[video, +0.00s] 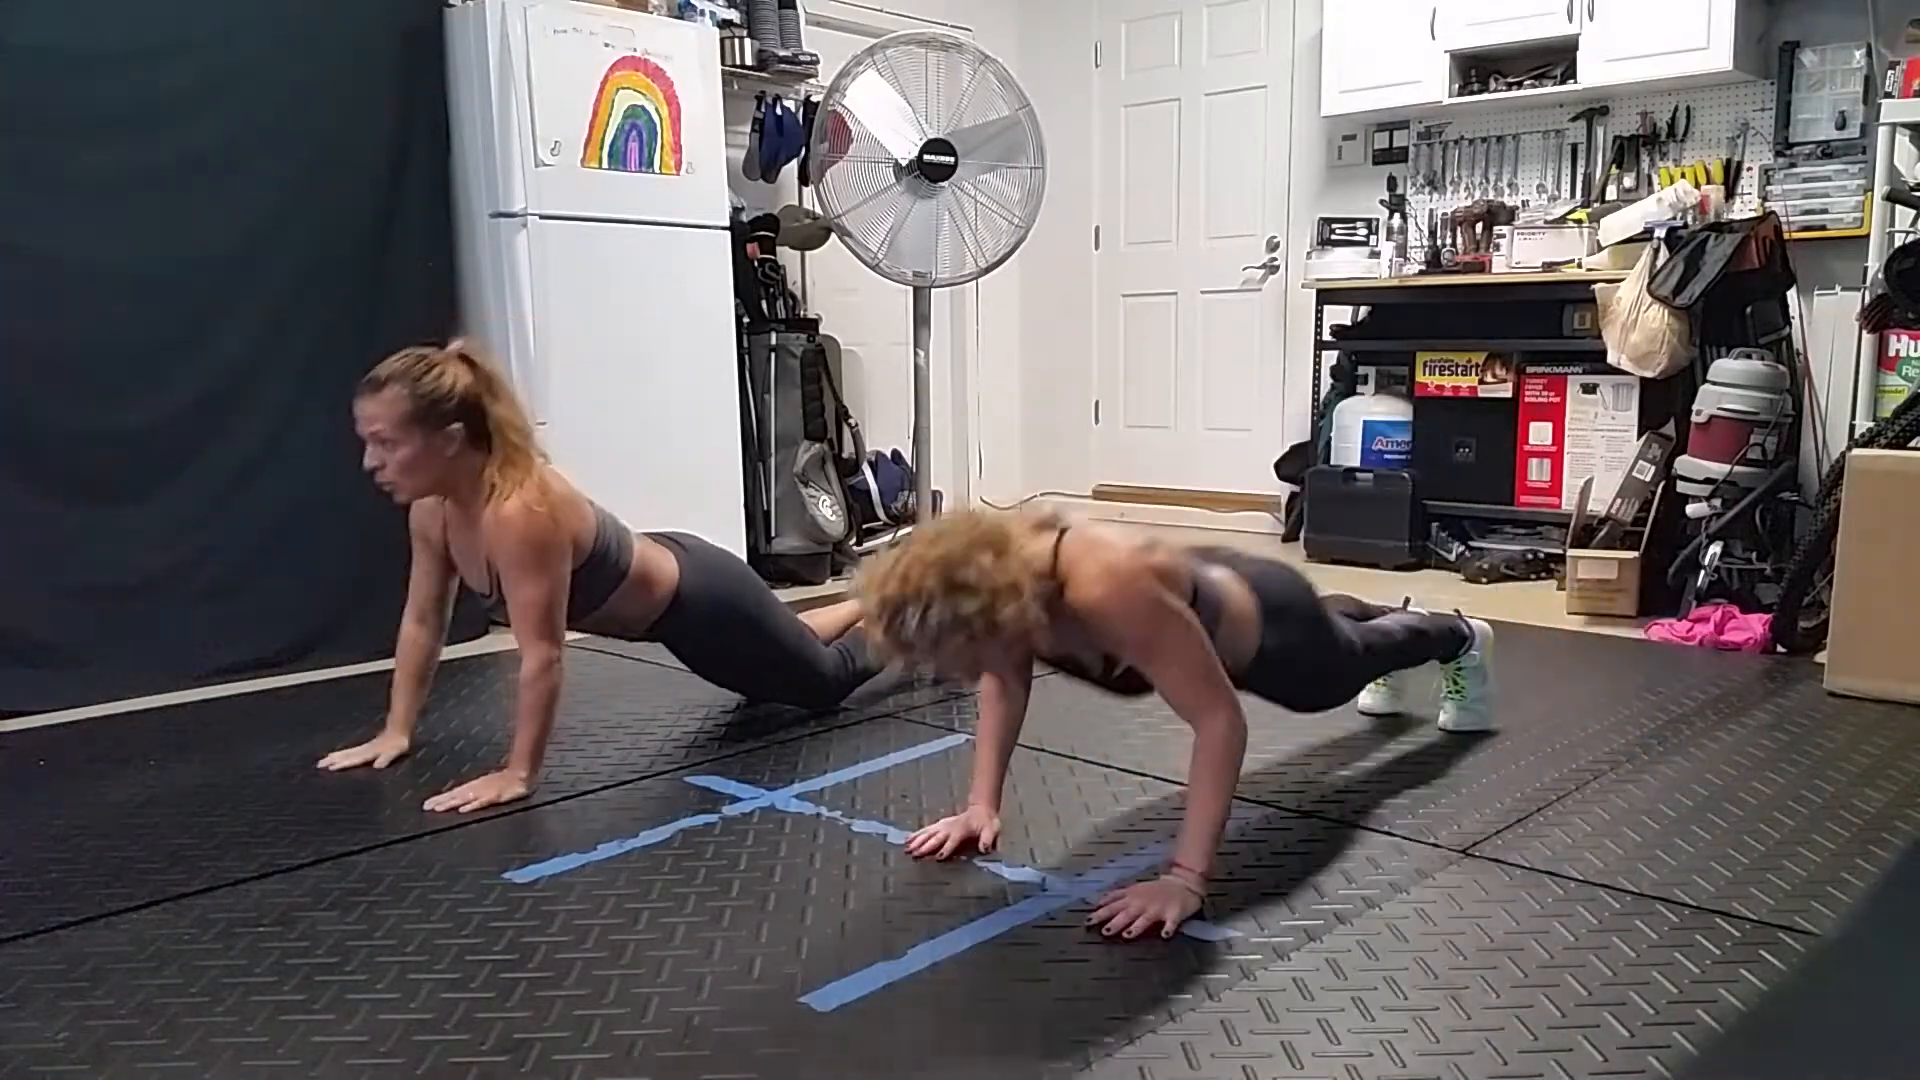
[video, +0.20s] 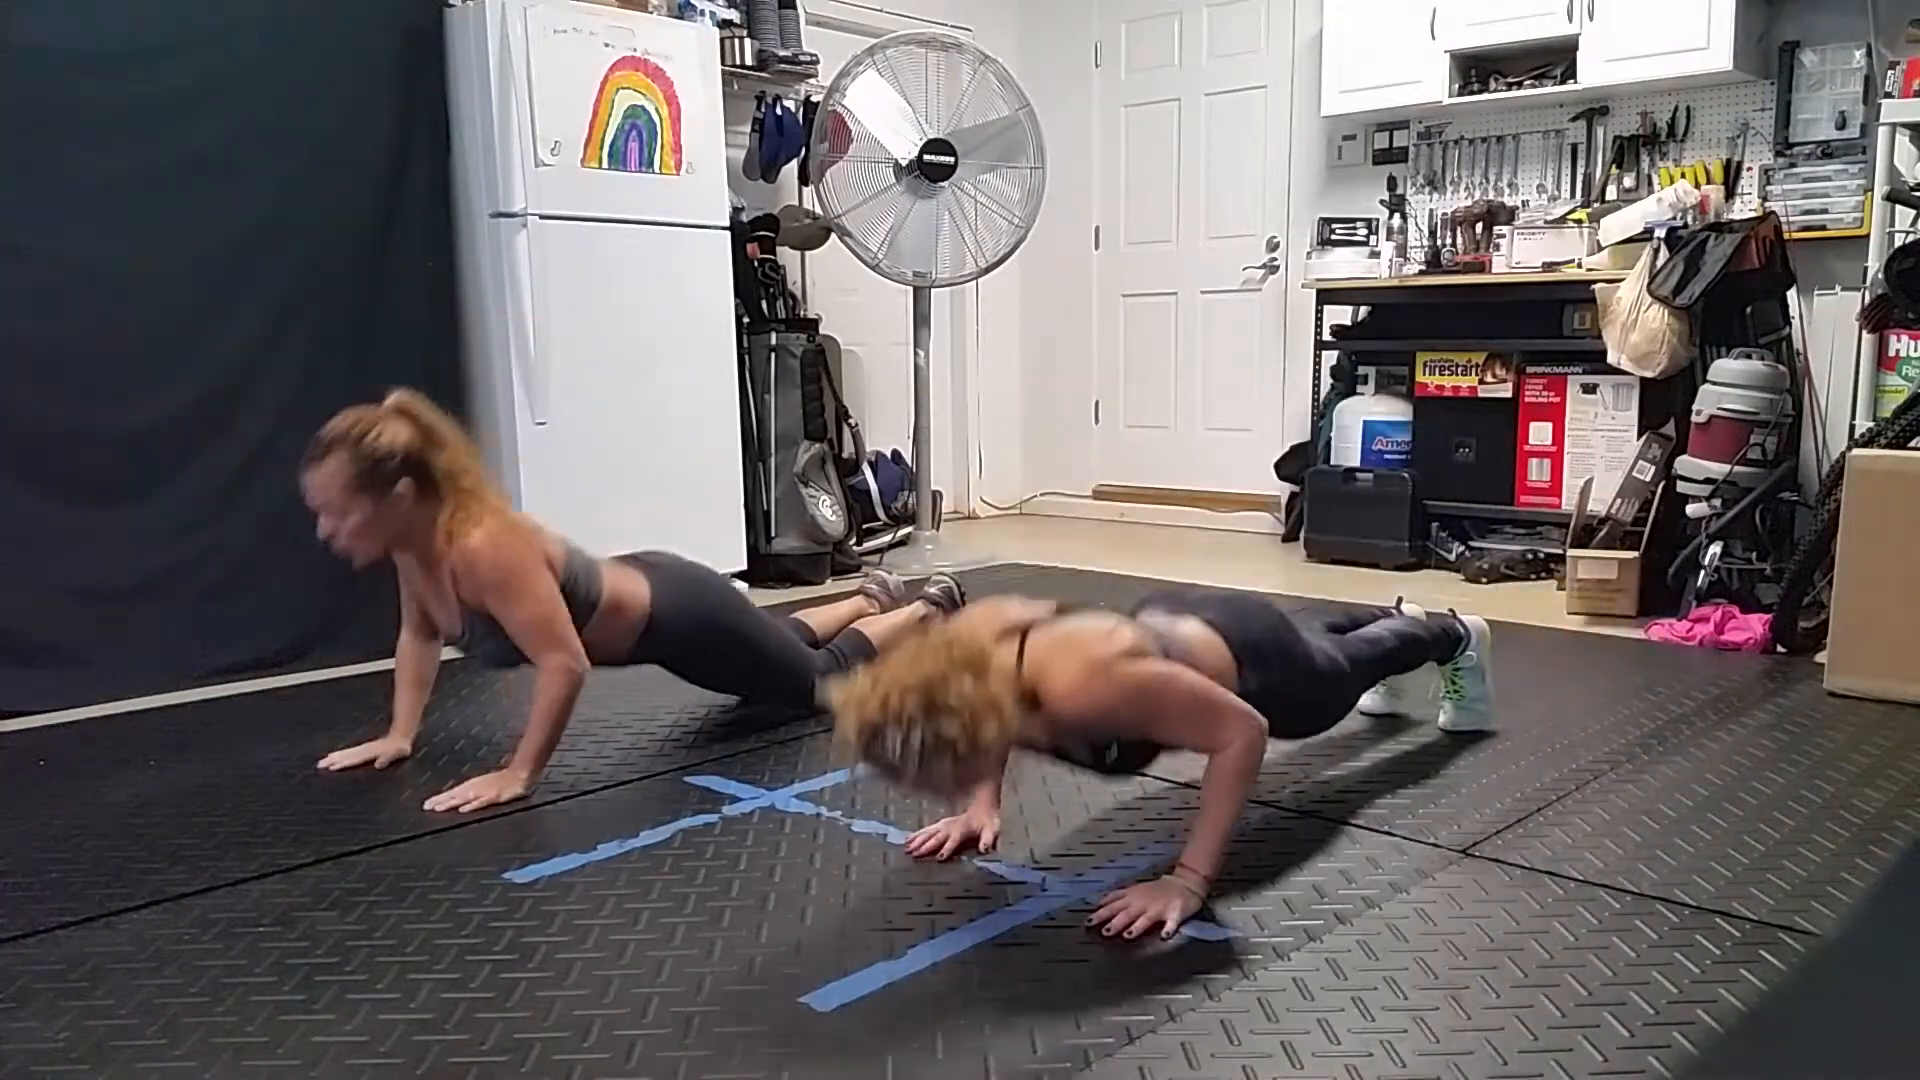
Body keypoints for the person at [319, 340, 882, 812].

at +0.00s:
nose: (369, 463)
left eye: (383, 445)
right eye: (365, 445)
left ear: (453, 438)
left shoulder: (522, 513)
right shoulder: (433, 504)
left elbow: (542, 655)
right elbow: (422, 618)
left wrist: (518, 772)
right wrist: (397, 732)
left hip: (702, 603)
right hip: (666, 581)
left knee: (832, 676)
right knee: (780, 641)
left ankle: (937, 607)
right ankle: (884, 591)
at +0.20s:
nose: (323, 532)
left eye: (333, 515)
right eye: (318, 517)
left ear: (400, 496)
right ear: (386, 503)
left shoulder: (487, 550)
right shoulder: (413, 546)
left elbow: (566, 662)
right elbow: (418, 638)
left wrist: (518, 774)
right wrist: (400, 733)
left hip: (680, 615)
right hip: (643, 591)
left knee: (817, 683)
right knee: (772, 638)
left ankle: (915, 613)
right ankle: (865, 598)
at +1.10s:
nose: (334, 548)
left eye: (326, 534)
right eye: (320, 541)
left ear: (344, 495)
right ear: (338, 500)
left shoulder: (478, 502)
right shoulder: (396, 512)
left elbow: (524, 649)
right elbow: (404, 624)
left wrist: (516, 772)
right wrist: (397, 736)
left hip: (672, 563)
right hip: (637, 572)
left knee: (784, 687)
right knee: (754, 670)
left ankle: (896, 650)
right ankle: (864, 632)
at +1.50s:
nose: (337, 483)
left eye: (340, 463)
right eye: (323, 471)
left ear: (379, 425)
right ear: (321, 454)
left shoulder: (481, 457)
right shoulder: (388, 486)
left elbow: (425, 588)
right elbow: (400, 591)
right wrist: (396, 723)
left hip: (669, 554)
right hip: (629, 580)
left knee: (778, 686)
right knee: (742, 669)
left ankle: (896, 657)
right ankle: (844, 638)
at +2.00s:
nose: (334, 491)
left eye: (332, 471)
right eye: (317, 484)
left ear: (365, 425)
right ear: (318, 472)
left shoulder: (469, 449)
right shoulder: (386, 496)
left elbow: (483, 568)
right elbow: (396, 609)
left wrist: (412, 658)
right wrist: (398, 735)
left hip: (659, 560)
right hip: (619, 592)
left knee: (782, 678)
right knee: (743, 670)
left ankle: (898, 656)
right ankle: (849, 640)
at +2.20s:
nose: (322, 547)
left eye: (317, 531)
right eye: (308, 538)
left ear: (343, 489)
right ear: (322, 505)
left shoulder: (463, 500)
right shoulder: (382, 510)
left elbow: (514, 641)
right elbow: (402, 619)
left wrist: (505, 772)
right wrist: (398, 734)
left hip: (657, 573)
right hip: (620, 587)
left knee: (782, 684)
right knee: (751, 666)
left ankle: (899, 654)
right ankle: (869, 637)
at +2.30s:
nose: (316, 588)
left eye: (309, 572)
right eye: (301, 581)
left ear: (327, 535)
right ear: (317, 535)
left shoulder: (453, 519)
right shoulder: (379, 532)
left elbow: (522, 648)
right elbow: (405, 633)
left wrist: (506, 776)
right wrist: (400, 737)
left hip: (653, 589)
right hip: (620, 588)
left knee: (789, 678)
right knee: (752, 653)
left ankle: (912, 652)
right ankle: (858, 634)